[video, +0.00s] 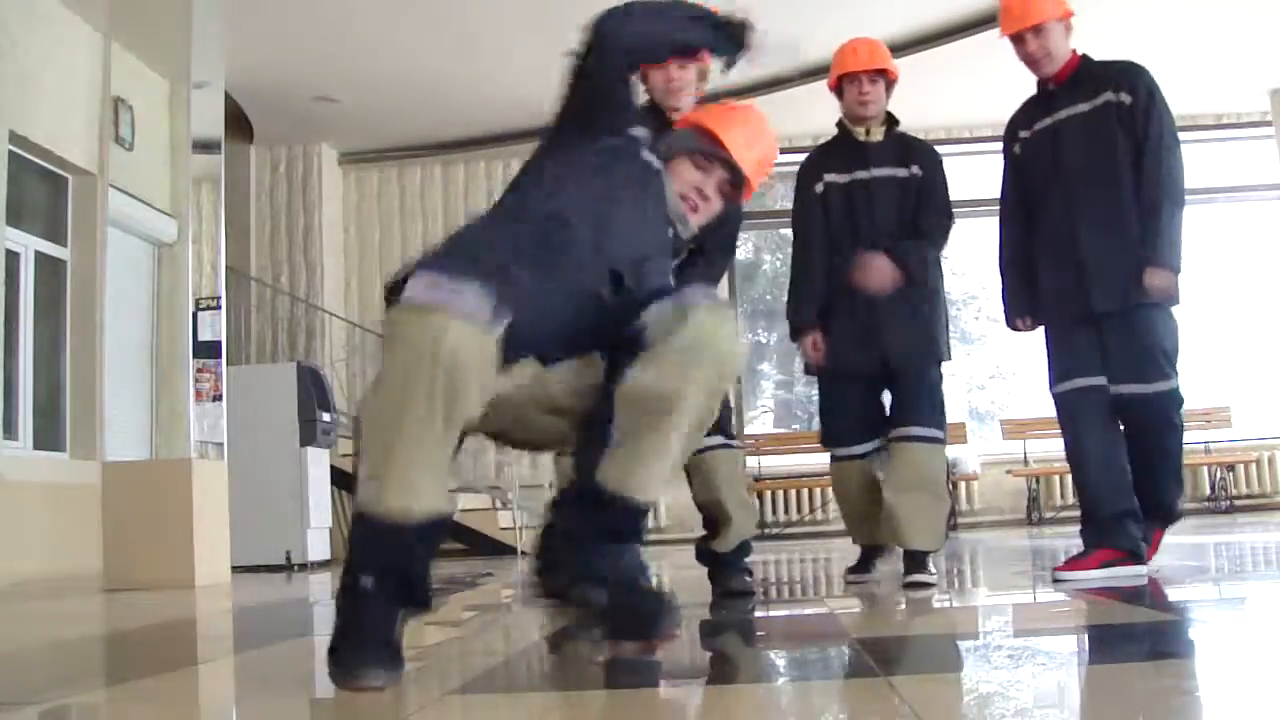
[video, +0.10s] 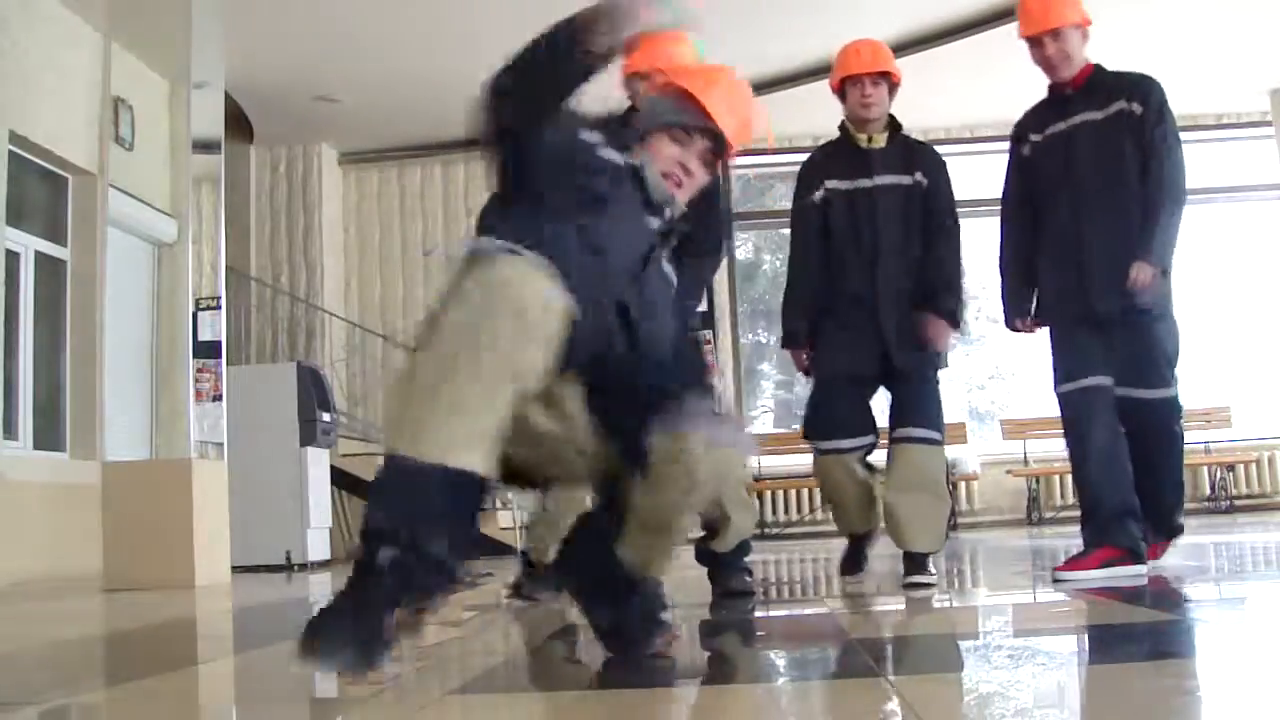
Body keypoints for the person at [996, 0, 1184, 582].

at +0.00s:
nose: (1028, 46)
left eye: (1037, 31)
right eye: (1018, 38)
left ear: (1067, 25)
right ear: (1011, 46)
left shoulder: (1127, 82)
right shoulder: (1021, 125)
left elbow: (1164, 172)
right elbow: (1014, 217)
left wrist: (1163, 258)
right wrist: (1017, 295)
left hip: (1133, 282)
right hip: (1063, 294)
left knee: (1150, 408)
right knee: (1083, 418)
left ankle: (1153, 514)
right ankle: (1113, 541)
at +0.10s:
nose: (1045, 49)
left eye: (1054, 35)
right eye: (1034, 40)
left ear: (1083, 31)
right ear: (1027, 47)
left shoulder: (1138, 94)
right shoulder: (1029, 128)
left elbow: (1168, 179)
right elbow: (1016, 217)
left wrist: (1153, 256)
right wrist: (1017, 295)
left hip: (1136, 285)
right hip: (1068, 295)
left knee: (1151, 412)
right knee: (1087, 418)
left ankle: (1159, 526)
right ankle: (1114, 540)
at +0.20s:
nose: (1066, 55)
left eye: (1076, 42)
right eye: (1056, 47)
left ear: (1101, 41)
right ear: (1046, 55)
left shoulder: (1151, 108)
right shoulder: (1040, 133)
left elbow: (1176, 190)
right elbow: (1022, 221)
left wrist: (1154, 253)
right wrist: (1015, 299)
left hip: (1144, 296)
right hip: (1075, 302)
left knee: (1151, 417)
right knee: (1092, 420)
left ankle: (1158, 536)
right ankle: (1113, 540)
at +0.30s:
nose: (1082, 61)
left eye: (1093, 49)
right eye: (1071, 52)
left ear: (1117, 48)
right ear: (1060, 59)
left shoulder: (1161, 116)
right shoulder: (1049, 134)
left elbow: (1184, 199)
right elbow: (1029, 220)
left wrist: (1166, 266)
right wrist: (1019, 295)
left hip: (1151, 300)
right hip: (1082, 305)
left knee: (1155, 424)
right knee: (1090, 424)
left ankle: (1157, 538)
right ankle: (1095, 540)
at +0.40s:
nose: (1093, 59)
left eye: (1102, 47)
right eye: (1081, 50)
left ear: (1125, 46)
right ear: (1069, 56)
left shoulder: (1168, 115)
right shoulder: (1055, 130)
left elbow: (1191, 203)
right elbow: (1038, 217)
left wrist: (1188, 282)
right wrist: (1032, 290)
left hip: (1156, 299)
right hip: (1084, 302)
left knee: (1156, 422)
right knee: (1083, 422)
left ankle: (1156, 538)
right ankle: (1084, 538)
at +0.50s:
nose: (1101, 59)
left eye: (1110, 47)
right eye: (1089, 51)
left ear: (1132, 46)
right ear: (1077, 57)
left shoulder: (1176, 115)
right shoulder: (1061, 131)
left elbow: (1202, 204)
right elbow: (1048, 219)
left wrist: (1209, 287)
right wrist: (1048, 291)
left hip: (1161, 298)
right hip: (1087, 301)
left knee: (1158, 422)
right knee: (1079, 421)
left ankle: (1155, 538)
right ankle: (1079, 537)